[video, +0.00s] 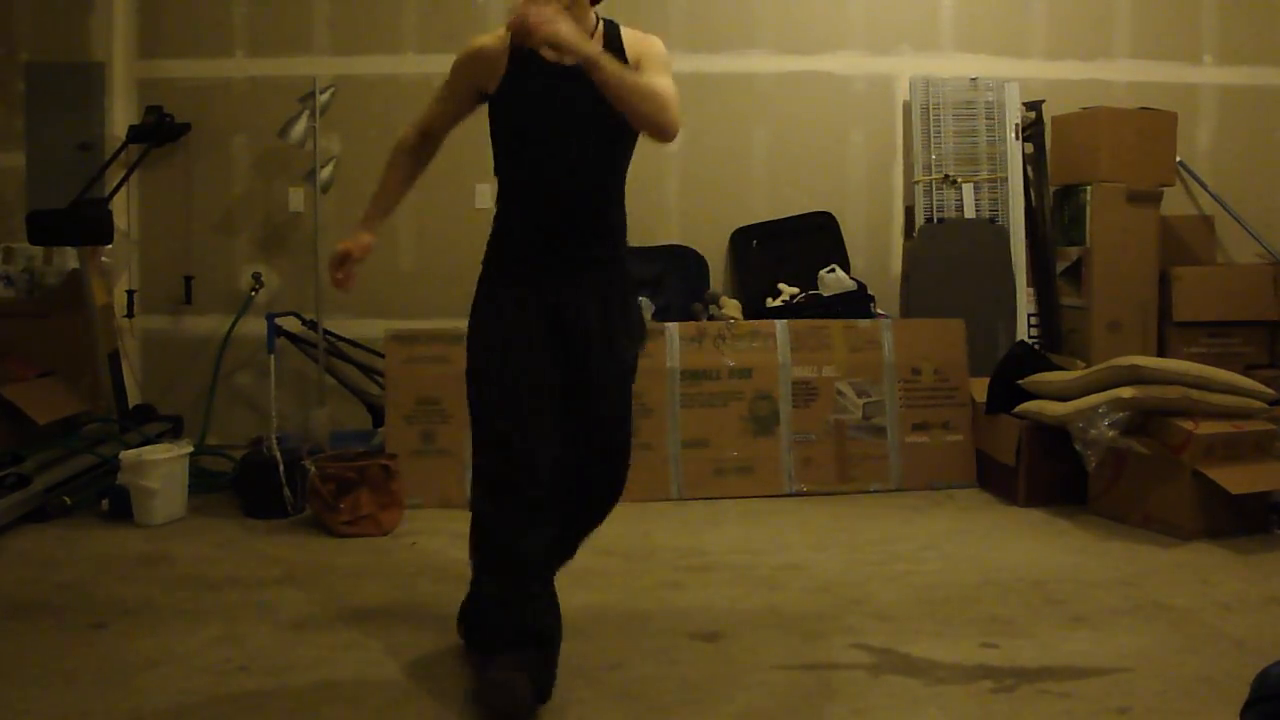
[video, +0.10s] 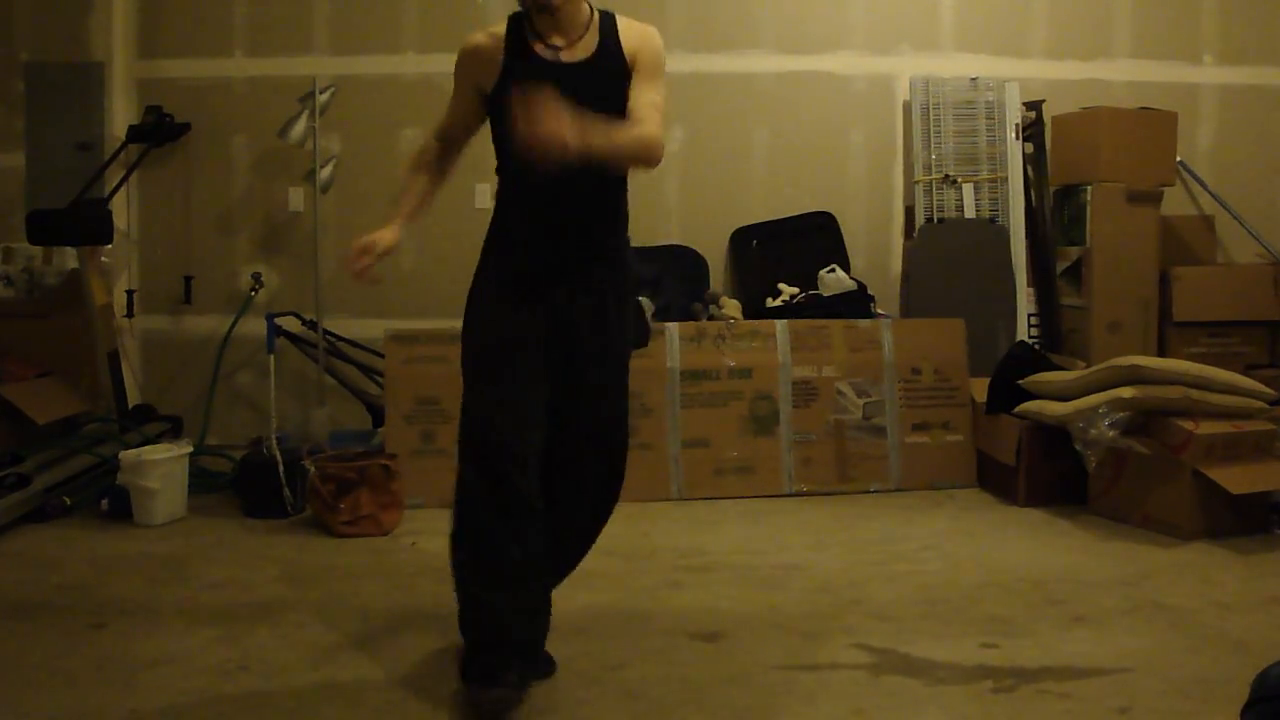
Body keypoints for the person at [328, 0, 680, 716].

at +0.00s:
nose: (533, 16)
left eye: (547, 8)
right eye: (527, 8)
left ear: (585, 5)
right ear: (519, 8)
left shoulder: (638, 50)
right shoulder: (492, 59)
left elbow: (665, 119)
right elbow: (420, 141)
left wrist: (583, 48)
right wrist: (368, 227)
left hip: (600, 291)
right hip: (513, 292)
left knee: (597, 474)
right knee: (514, 472)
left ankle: (495, 604)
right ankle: (514, 662)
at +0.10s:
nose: (544, 3)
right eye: (535, 1)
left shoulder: (637, 43)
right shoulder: (488, 54)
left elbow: (649, 143)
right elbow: (443, 149)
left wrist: (576, 131)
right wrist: (397, 223)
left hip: (597, 285)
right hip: (510, 283)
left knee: (592, 469)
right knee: (503, 465)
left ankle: (517, 602)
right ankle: (496, 662)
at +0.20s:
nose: (541, 2)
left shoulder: (632, 39)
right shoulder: (484, 56)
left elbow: (644, 149)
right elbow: (467, 155)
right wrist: (460, 190)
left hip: (601, 266)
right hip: (516, 265)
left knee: (596, 445)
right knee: (495, 450)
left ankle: (524, 596)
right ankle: (475, 637)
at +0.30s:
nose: (531, 13)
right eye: (519, 4)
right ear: (507, 7)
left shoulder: (636, 59)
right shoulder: (488, 72)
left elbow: (662, 181)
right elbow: (472, 196)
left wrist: (684, 290)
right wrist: (543, 128)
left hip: (609, 294)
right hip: (517, 299)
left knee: (632, 440)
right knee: (502, 482)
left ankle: (595, 541)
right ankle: (468, 640)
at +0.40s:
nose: (582, 7)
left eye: (592, 1)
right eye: (569, 2)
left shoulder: (654, 54)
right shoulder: (507, 50)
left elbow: (686, 163)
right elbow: (488, 152)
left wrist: (723, 257)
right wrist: (582, 76)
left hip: (626, 286)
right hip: (535, 289)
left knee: (664, 444)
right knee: (511, 467)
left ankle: (708, 564)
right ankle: (475, 645)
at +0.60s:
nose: (669, 10)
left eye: (674, 0)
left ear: (676, 7)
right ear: (611, 3)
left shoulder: (691, 82)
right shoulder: (545, 71)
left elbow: (719, 169)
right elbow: (519, 188)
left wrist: (747, 237)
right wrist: (608, 154)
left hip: (667, 306)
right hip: (574, 309)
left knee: (731, 455)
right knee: (543, 474)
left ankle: (778, 593)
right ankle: (508, 641)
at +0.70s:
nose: (658, 10)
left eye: (663, 1)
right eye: (645, 0)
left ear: (665, 5)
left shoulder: (678, 73)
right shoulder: (531, 62)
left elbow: (702, 165)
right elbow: (492, 162)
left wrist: (733, 257)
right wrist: (555, 217)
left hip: (649, 290)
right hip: (560, 295)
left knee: (706, 441)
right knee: (566, 466)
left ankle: (760, 585)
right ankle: (566, 629)